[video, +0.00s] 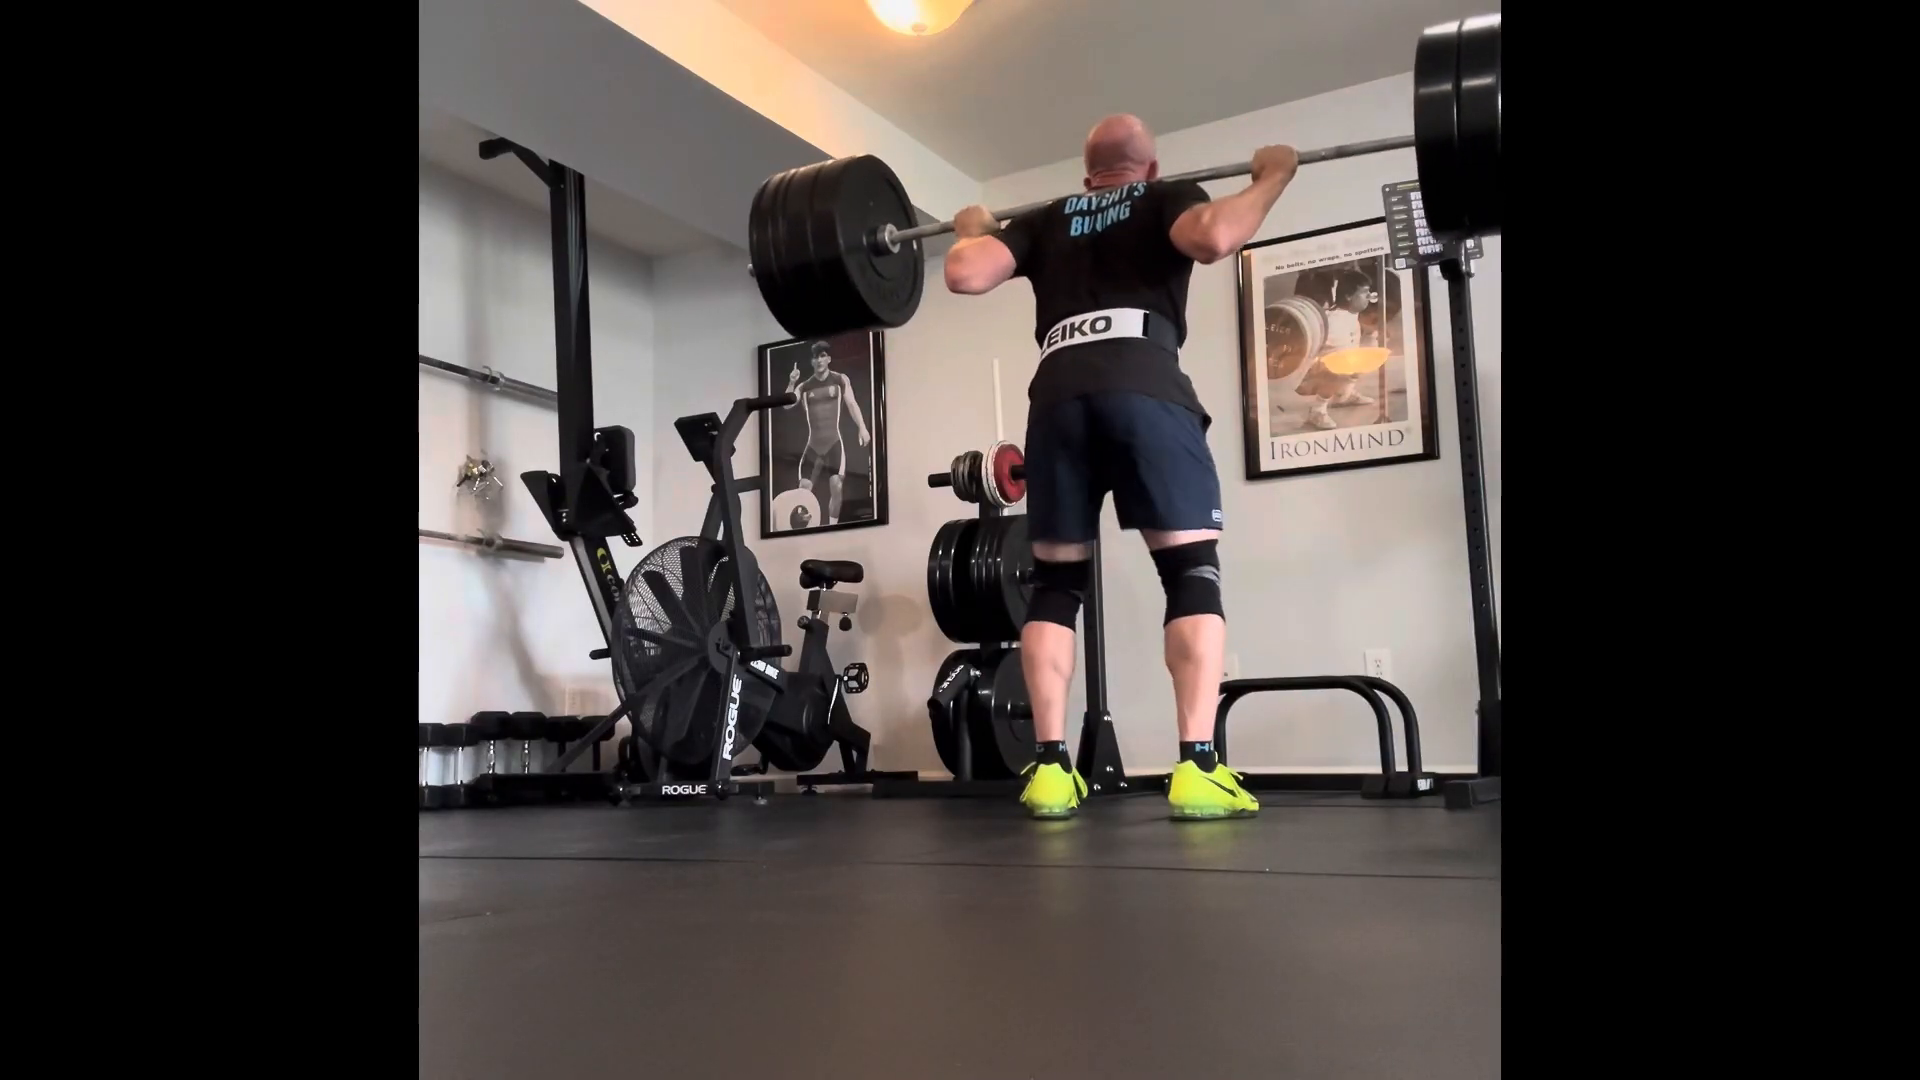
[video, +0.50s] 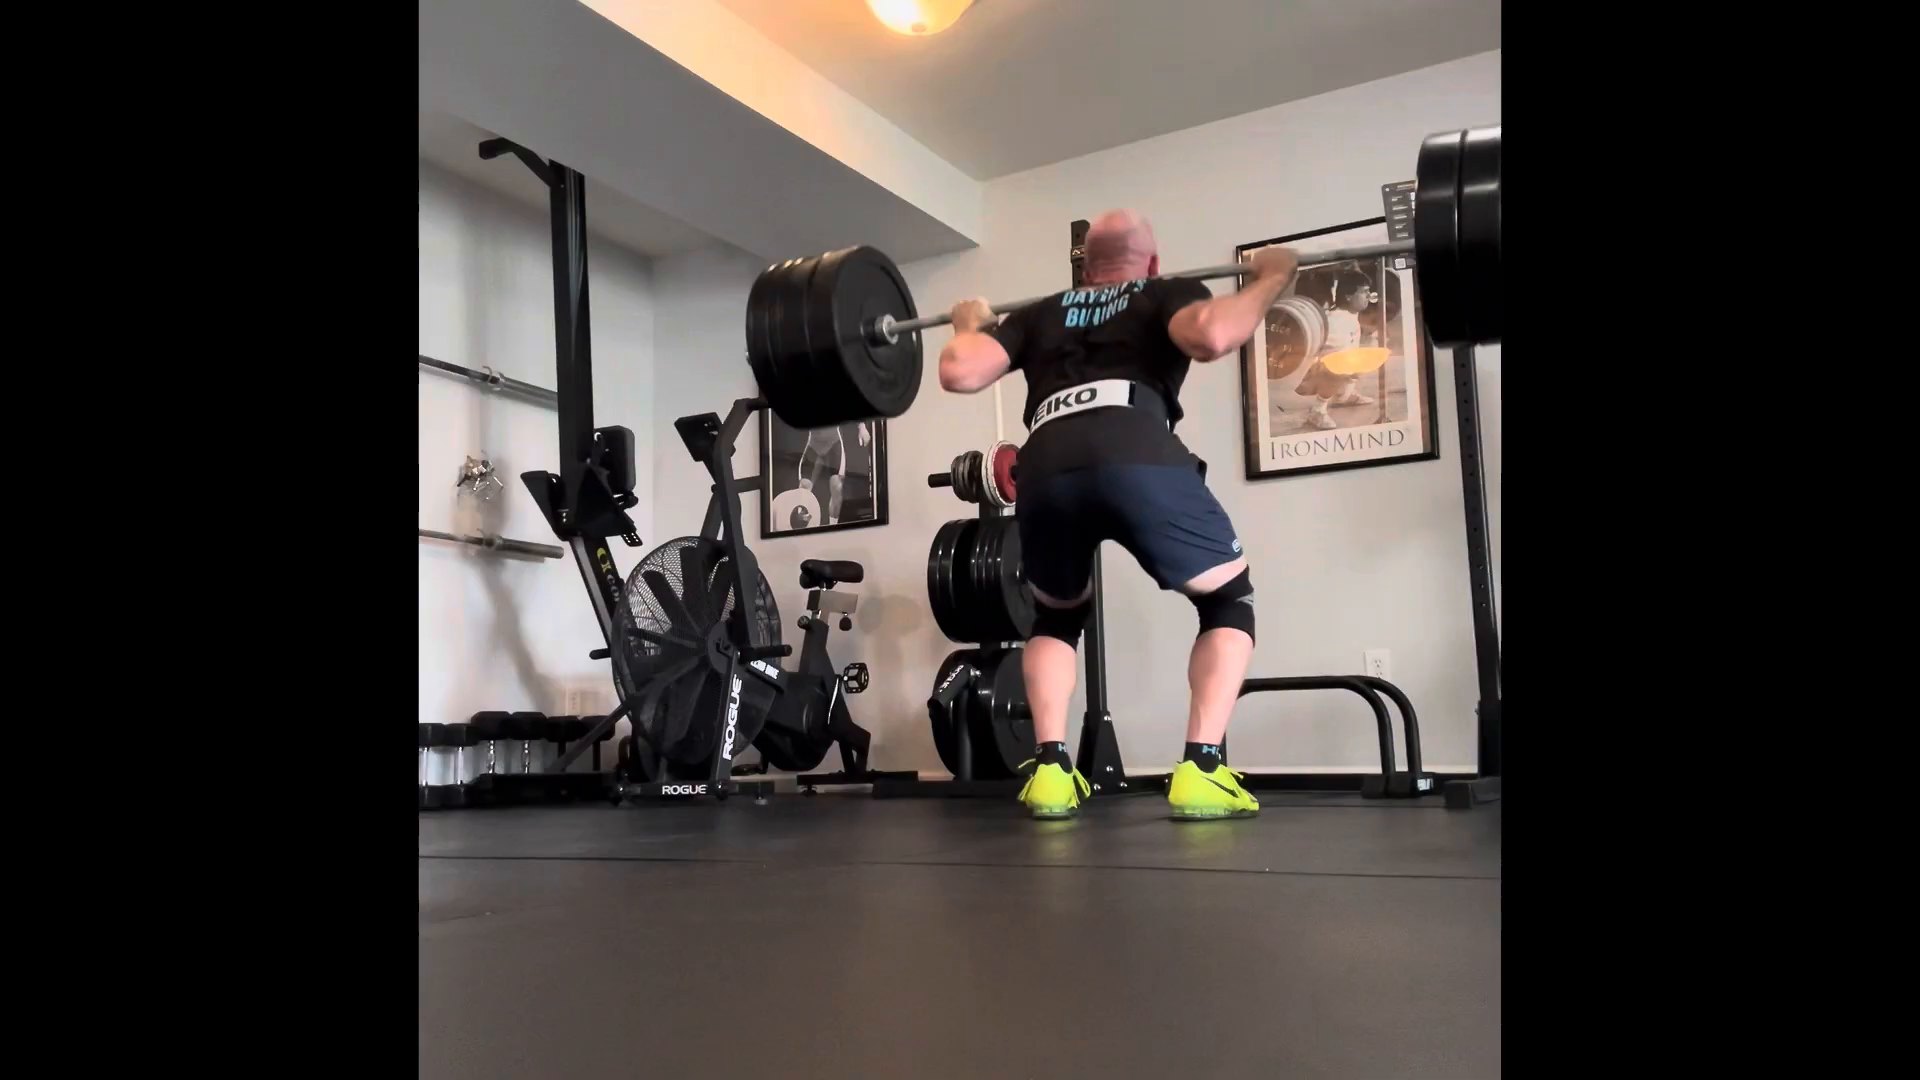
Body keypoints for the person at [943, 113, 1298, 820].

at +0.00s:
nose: (1143, 170)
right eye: (1149, 161)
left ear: (1084, 169)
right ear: (1151, 167)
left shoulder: (1043, 220)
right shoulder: (1164, 198)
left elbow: (963, 273)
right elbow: (1214, 235)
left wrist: (972, 227)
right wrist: (1270, 177)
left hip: (1056, 397)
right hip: (1147, 390)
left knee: (1055, 585)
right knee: (1190, 578)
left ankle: (1051, 764)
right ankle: (1198, 763)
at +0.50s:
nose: (1152, 264)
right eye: (1152, 256)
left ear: (1083, 263)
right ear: (1152, 262)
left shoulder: (1040, 313)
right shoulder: (1165, 291)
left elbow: (957, 374)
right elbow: (1214, 336)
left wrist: (967, 324)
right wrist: (1268, 280)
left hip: (1045, 460)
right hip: (1138, 449)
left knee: (1056, 616)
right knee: (1226, 603)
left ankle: (1050, 766)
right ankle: (1201, 766)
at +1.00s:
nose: (1162, 356)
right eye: (1161, 350)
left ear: (1094, 358)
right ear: (1157, 355)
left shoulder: (1040, 404)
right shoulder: (1171, 387)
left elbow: (960, 477)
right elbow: (1218, 438)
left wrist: (969, 416)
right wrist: (1279, 380)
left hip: (1035, 541)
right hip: (1132, 529)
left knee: (1055, 632)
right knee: (1235, 615)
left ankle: (1050, 769)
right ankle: (1202, 767)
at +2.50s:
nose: (1158, 267)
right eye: (1158, 260)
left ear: (1092, 265)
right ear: (1157, 264)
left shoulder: (1041, 313)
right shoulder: (1168, 294)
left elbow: (960, 380)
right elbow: (1209, 338)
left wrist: (967, 328)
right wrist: (1270, 288)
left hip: (1041, 464)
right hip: (1134, 447)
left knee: (1085, 607)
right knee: (1212, 596)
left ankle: (1056, 765)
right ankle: (1201, 766)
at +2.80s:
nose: (1151, 172)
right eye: (1152, 164)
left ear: (1083, 176)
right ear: (1151, 169)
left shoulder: (1043, 231)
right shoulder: (1166, 204)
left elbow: (967, 294)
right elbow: (1206, 248)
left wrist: (965, 243)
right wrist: (1264, 184)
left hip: (1063, 405)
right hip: (1151, 394)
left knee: (1074, 588)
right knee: (1196, 581)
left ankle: (1053, 764)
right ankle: (1200, 765)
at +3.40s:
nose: (1139, 150)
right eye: (1144, 141)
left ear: (1080, 155)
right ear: (1147, 147)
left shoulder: (1039, 211)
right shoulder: (1159, 176)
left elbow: (963, 275)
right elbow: (1207, 218)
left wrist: (966, 226)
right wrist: (1260, 153)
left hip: (1065, 397)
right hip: (1152, 390)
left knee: (1055, 575)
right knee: (1165, 573)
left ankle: (1049, 763)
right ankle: (1195, 763)